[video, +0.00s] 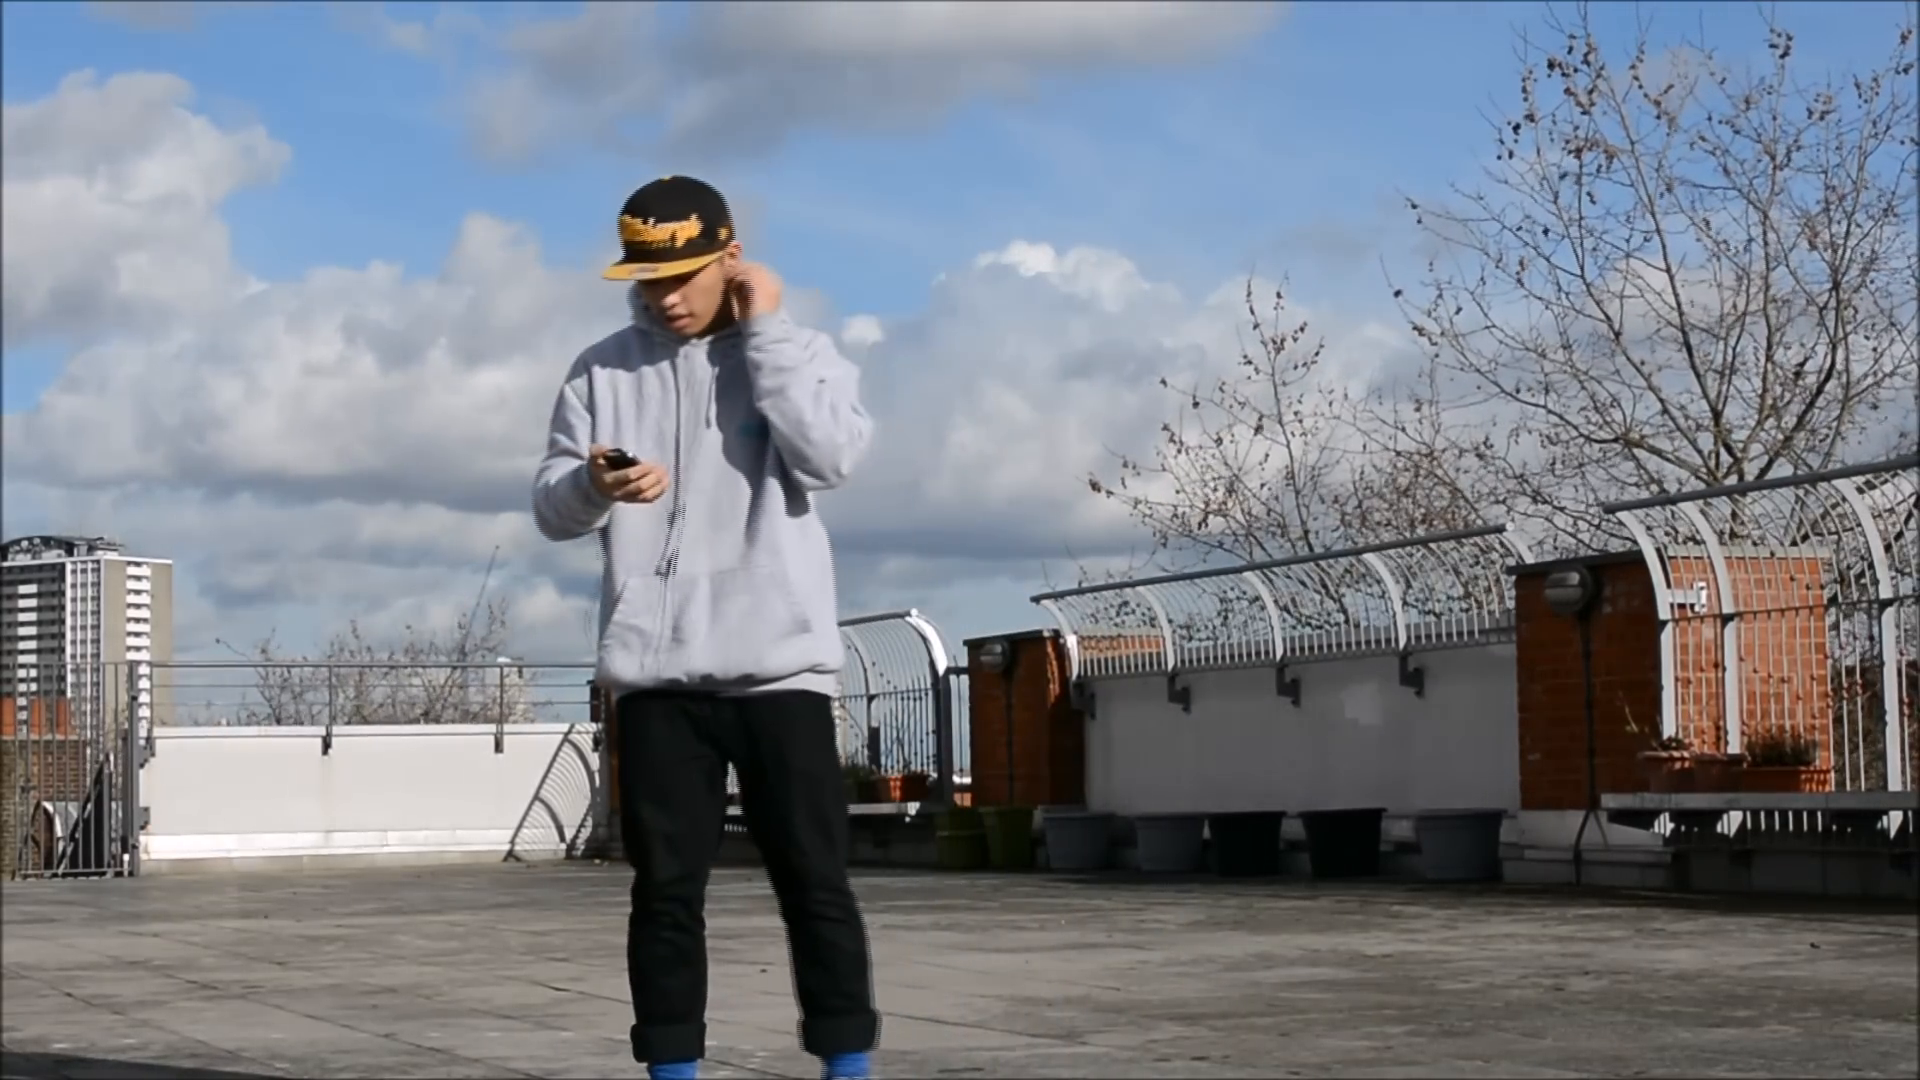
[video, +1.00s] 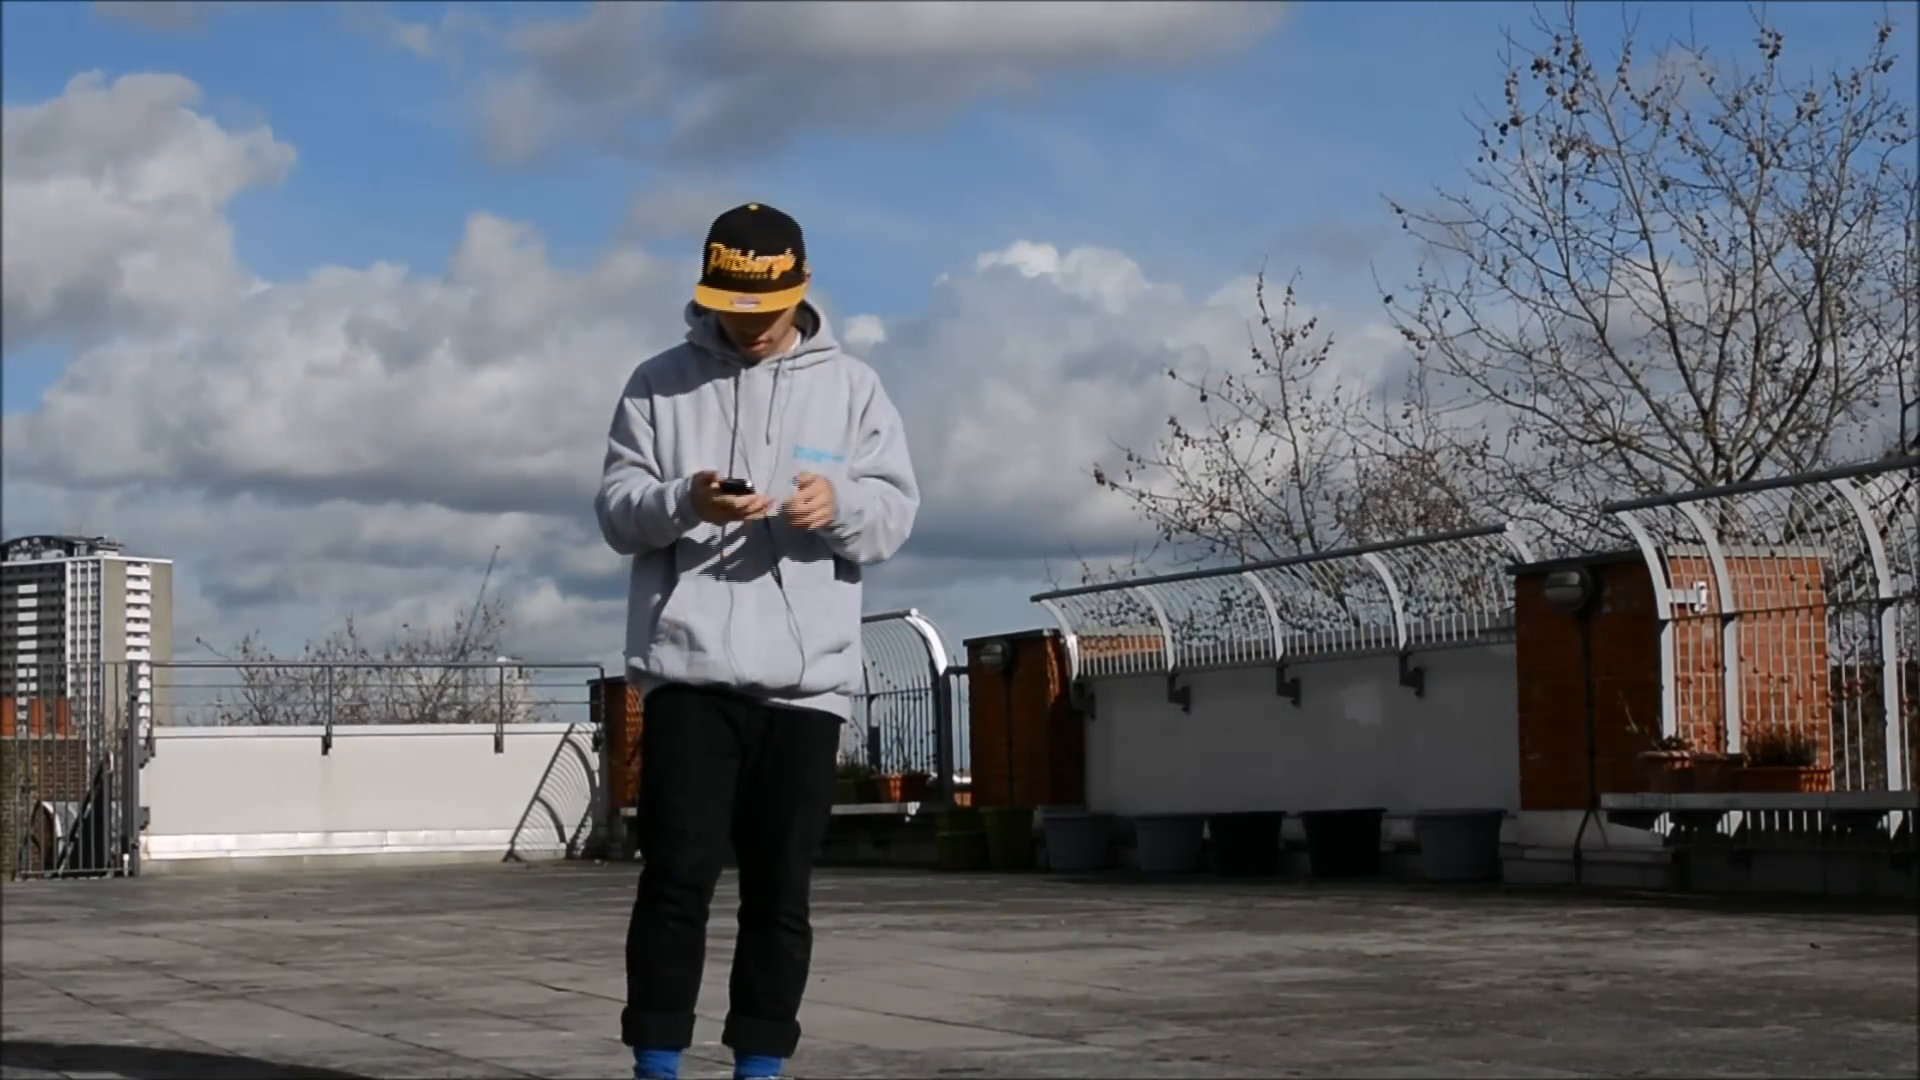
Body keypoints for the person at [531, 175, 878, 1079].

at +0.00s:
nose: (665, 300)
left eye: (682, 279)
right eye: (647, 283)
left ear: (730, 257)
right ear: (628, 272)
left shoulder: (793, 350)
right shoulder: (600, 371)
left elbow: (831, 457)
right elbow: (551, 510)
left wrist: (765, 328)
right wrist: (596, 486)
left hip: (780, 662)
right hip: (654, 667)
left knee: (813, 878)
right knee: (665, 884)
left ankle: (846, 1062)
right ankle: (672, 1068)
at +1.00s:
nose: (750, 325)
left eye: (767, 309)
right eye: (733, 310)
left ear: (800, 290)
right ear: (708, 294)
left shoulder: (852, 384)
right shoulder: (659, 383)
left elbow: (891, 508)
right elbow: (619, 510)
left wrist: (842, 504)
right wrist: (686, 502)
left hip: (806, 677)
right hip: (688, 673)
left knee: (782, 883)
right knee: (677, 874)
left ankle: (762, 1063)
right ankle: (658, 1061)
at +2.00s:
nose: (762, 319)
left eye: (781, 304)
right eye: (746, 302)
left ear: (816, 289)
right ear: (724, 287)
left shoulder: (862, 390)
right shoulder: (669, 378)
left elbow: (892, 516)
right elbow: (623, 495)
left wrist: (808, 532)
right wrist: (689, 523)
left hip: (804, 680)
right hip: (686, 674)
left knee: (780, 886)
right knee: (673, 877)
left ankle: (761, 1062)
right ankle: (654, 1061)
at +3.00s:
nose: (752, 288)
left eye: (771, 271)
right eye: (737, 270)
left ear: (809, 270)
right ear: (717, 270)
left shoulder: (864, 380)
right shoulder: (665, 384)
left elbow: (908, 490)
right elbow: (630, 533)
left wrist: (875, 541)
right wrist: (614, 660)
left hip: (802, 679)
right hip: (680, 673)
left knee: (779, 888)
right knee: (670, 879)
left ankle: (761, 1064)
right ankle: (652, 1063)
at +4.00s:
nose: (761, 276)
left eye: (782, 258)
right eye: (746, 258)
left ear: (819, 264)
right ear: (727, 263)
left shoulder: (870, 380)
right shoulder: (673, 362)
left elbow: (904, 495)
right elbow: (625, 483)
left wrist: (873, 546)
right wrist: (638, 590)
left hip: (805, 672)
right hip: (686, 659)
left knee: (780, 884)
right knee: (673, 872)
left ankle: (762, 1063)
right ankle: (653, 1062)